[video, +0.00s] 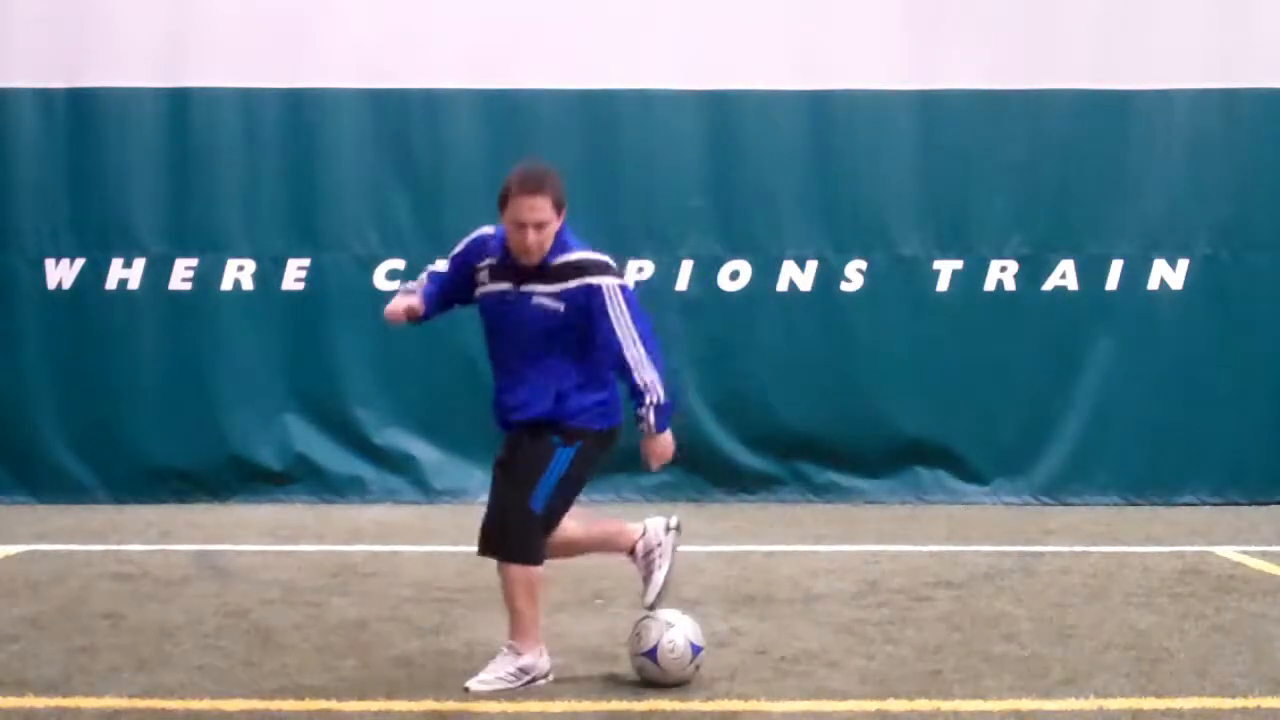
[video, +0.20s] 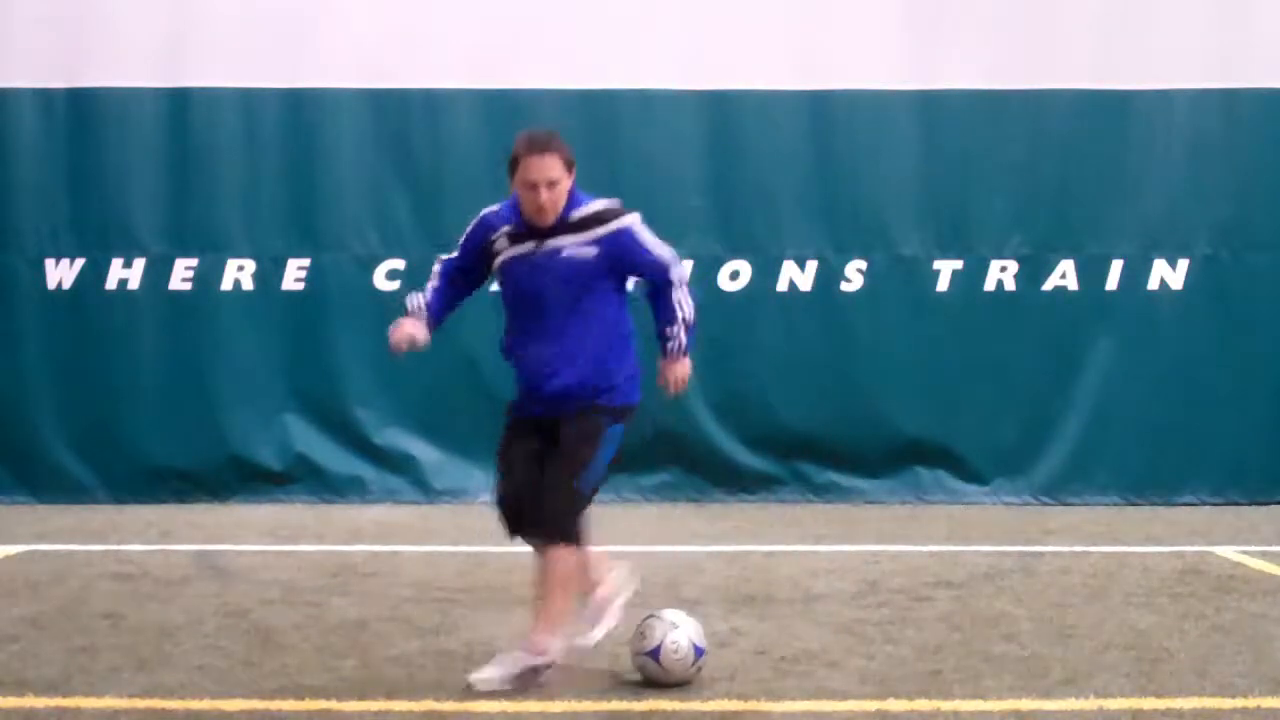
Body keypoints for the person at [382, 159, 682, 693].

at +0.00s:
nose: (530, 238)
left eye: (541, 226)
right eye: (520, 225)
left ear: (559, 218)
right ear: (503, 218)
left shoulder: (589, 270)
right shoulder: (483, 251)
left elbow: (632, 342)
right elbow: (446, 282)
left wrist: (655, 419)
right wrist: (417, 300)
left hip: (580, 420)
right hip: (524, 420)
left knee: (517, 526)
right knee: (512, 536)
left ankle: (527, 655)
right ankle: (640, 538)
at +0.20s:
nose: (542, 198)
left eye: (552, 186)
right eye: (531, 187)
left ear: (570, 179)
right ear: (513, 184)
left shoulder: (608, 223)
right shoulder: (495, 229)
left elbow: (668, 274)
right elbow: (456, 274)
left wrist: (675, 345)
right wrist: (420, 315)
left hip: (600, 395)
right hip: (536, 396)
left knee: (556, 507)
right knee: (521, 508)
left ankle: (543, 648)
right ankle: (604, 578)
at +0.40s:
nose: (582, 196)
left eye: (593, 184)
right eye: (571, 185)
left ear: (610, 184)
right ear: (552, 185)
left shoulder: (643, 234)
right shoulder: (527, 239)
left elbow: (690, 299)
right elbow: (490, 298)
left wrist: (716, 361)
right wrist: (464, 349)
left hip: (639, 404)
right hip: (560, 409)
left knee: (683, 500)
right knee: (541, 528)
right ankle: (541, 639)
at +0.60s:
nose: (660, 153)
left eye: (670, 142)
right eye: (649, 143)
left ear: (686, 144)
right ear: (629, 144)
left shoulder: (717, 196)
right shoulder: (597, 195)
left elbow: (751, 269)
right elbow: (558, 255)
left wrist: (761, 331)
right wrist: (555, 304)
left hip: (696, 365)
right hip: (618, 363)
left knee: (732, 490)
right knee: (590, 456)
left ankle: (731, 610)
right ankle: (604, 567)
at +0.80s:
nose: (740, 178)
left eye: (751, 167)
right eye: (729, 167)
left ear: (764, 169)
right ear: (707, 167)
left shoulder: (784, 219)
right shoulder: (673, 217)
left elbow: (820, 280)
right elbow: (622, 278)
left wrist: (846, 329)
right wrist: (604, 330)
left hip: (749, 376)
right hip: (684, 363)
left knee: (751, 509)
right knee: (703, 431)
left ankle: (723, 622)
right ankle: (687, 559)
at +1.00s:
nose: (811, 205)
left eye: (820, 192)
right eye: (799, 192)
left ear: (832, 190)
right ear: (775, 187)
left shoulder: (836, 229)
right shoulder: (740, 232)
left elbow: (860, 279)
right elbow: (676, 293)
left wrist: (856, 298)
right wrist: (641, 369)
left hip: (782, 391)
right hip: (732, 390)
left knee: (819, 502)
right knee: (806, 507)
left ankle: (697, 545)